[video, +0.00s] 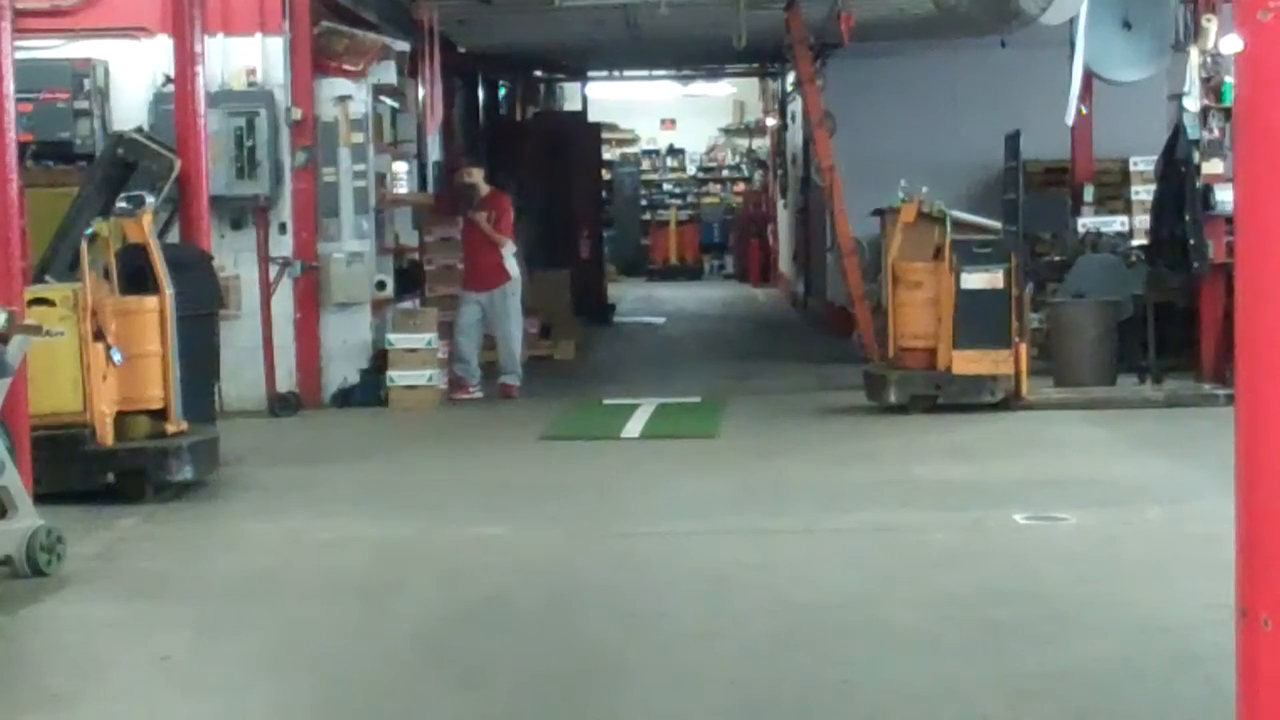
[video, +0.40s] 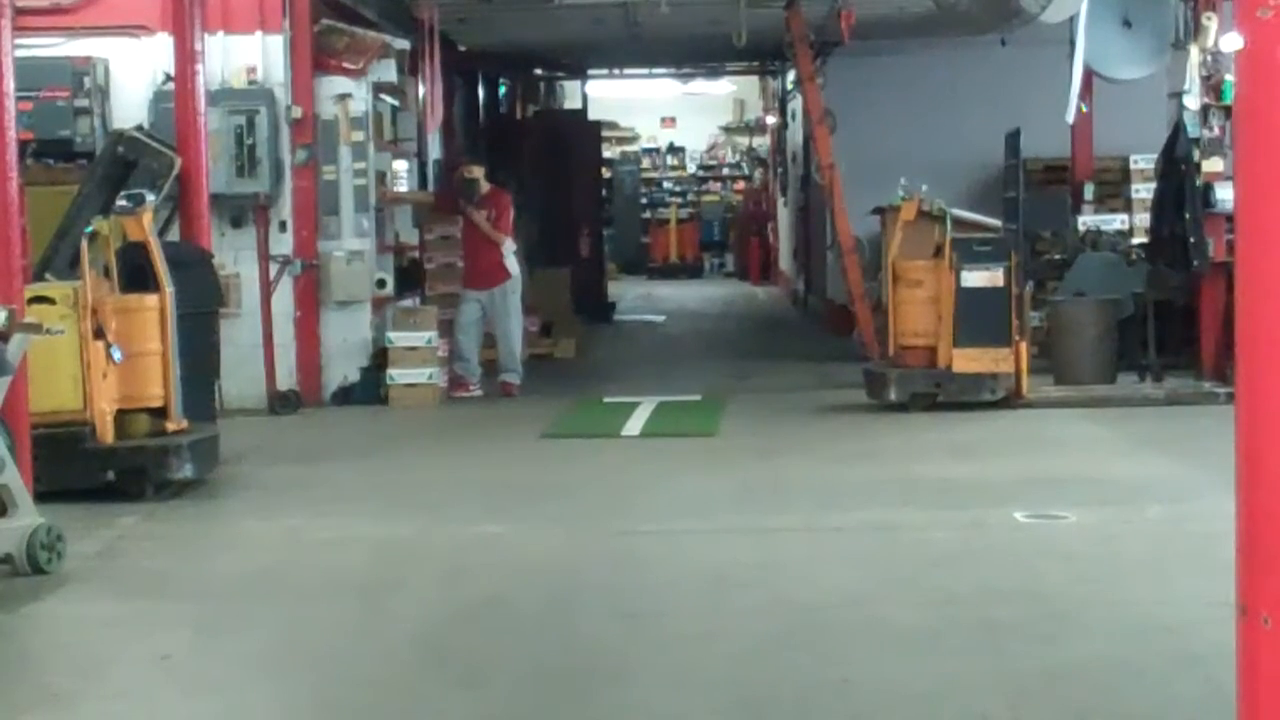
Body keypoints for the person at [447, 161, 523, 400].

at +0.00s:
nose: (467, 179)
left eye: (472, 172)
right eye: (463, 174)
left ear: (483, 173)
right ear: (459, 179)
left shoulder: (500, 201)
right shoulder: (467, 204)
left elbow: (504, 240)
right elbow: (439, 206)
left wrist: (482, 224)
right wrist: (457, 182)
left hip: (501, 282)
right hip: (473, 283)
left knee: (507, 333)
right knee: (464, 333)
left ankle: (510, 380)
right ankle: (469, 382)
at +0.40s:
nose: (470, 186)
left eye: (474, 180)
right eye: (466, 181)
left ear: (484, 177)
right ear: (461, 183)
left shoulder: (501, 199)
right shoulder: (466, 200)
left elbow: (502, 238)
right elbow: (440, 204)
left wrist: (478, 220)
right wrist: (457, 180)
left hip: (501, 278)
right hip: (473, 280)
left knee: (507, 330)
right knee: (464, 330)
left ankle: (510, 378)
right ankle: (468, 379)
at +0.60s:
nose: (469, 182)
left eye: (473, 176)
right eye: (466, 177)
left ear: (484, 175)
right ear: (461, 179)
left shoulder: (501, 198)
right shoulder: (465, 200)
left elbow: (502, 237)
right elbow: (431, 198)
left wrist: (476, 218)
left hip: (501, 279)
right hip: (473, 281)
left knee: (507, 331)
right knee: (464, 330)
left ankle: (510, 377)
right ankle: (469, 379)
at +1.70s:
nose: (476, 174)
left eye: (480, 168)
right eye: (473, 169)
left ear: (492, 169)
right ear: (469, 171)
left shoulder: (507, 197)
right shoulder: (465, 192)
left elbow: (522, 233)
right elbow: (432, 192)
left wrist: (494, 232)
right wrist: (395, 191)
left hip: (506, 275)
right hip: (477, 275)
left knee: (510, 326)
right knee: (468, 323)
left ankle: (511, 374)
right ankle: (471, 376)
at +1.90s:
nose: (490, 169)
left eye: (496, 164)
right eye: (488, 164)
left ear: (507, 169)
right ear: (484, 167)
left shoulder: (517, 196)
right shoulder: (474, 189)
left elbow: (532, 235)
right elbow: (437, 191)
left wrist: (517, 257)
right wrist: (396, 192)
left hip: (509, 274)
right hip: (479, 273)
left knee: (511, 326)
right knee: (470, 323)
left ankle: (510, 374)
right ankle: (470, 375)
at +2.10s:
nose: (509, 166)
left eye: (515, 163)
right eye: (507, 161)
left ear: (522, 168)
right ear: (500, 162)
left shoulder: (528, 198)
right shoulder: (484, 187)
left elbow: (538, 237)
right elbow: (449, 191)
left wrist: (540, 271)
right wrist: (415, 198)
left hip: (514, 278)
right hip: (482, 275)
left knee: (515, 330)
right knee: (473, 326)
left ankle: (511, 373)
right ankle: (471, 373)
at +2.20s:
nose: (515, 166)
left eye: (521, 163)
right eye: (513, 161)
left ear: (528, 169)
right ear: (506, 162)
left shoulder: (533, 198)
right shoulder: (488, 187)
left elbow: (542, 237)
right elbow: (455, 195)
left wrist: (546, 270)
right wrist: (430, 213)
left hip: (515, 276)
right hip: (483, 273)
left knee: (515, 329)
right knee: (475, 324)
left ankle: (511, 373)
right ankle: (471, 372)